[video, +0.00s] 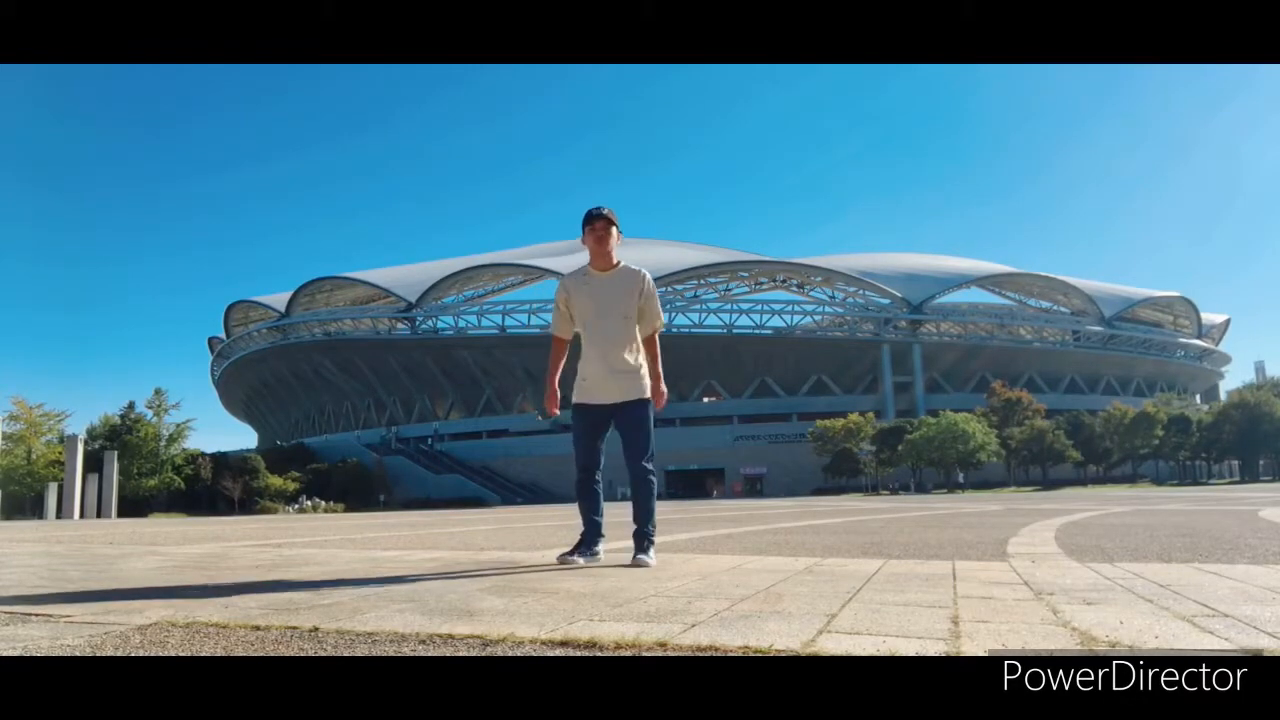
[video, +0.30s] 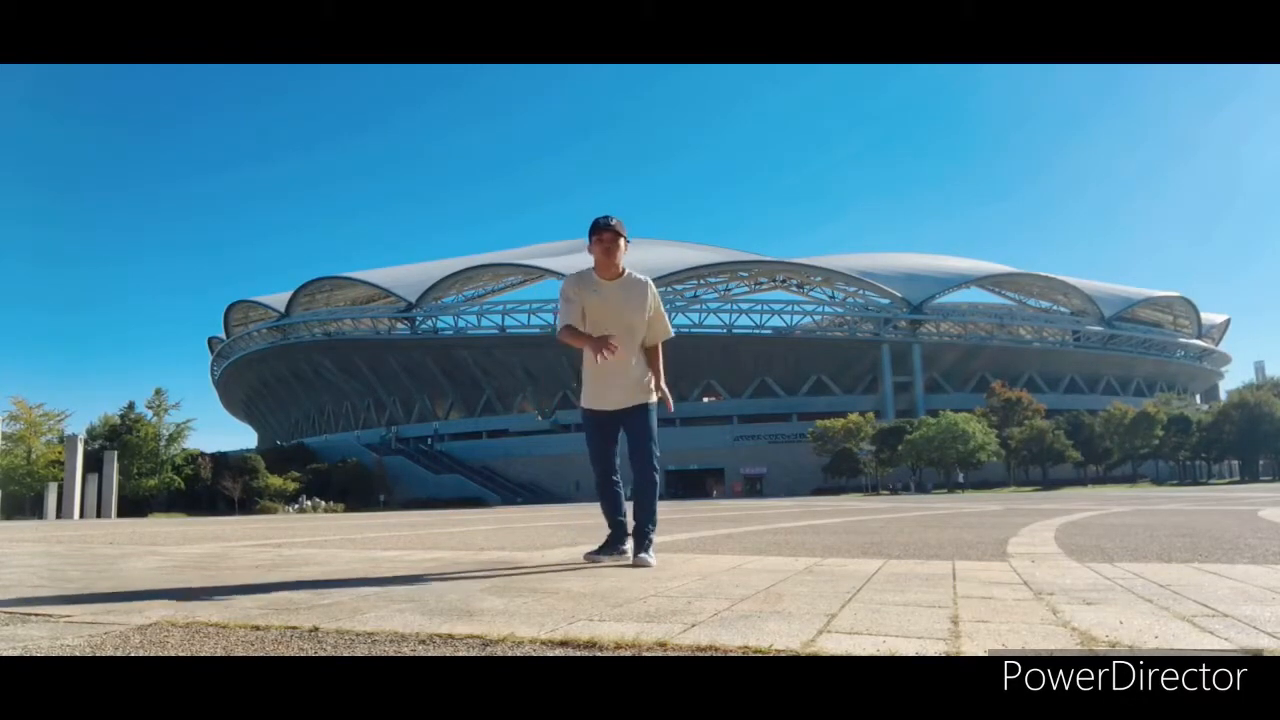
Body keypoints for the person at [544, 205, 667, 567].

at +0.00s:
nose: (601, 234)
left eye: (606, 228)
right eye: (594, 230)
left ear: (618, 236)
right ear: (584, 239)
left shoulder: (638, 279)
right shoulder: (570, 285)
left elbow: (650, 335)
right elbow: (560, 339)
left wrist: (657, 379)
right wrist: (552, 385)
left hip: (634, 389)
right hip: (589, 391)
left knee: (641, 468)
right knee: (586, 471)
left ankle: (644, 543)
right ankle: (591, 542)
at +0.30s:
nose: (608, 245)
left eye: (614, 239)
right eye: (601, 240)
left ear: (625, 245)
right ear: (590, 246)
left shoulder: (642, 286)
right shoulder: (574, 285)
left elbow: (653, 340)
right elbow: (564, 331)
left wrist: (659, 381)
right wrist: (589, 341)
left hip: (639, 393)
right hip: (596, 397)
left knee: (647, 468)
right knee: (604, 472)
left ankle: (644, 543)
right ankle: (617, 537)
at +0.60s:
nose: (639, 253)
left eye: (646, 247)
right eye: (631, 247)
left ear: (655, 253)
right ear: (620, 253)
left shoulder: (663, 293)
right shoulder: (595, 293)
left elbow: (646, 336)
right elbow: (555, 329)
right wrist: (525, 365)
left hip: (635, 395)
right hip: (591, 391)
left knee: (630, 471)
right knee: (581, 456)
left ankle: (618, 545)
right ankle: (603, 484)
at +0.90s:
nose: (613, 262)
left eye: (620, 255)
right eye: (606, 255)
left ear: (632, 259)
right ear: (594, 259)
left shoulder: (645, 302)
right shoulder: (582, 294)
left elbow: (658, 360)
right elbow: (593, 336)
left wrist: (665, 411)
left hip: (640, 385)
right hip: (601, 375)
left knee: (638, 472)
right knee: (598, 417)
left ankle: (619, 544)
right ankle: (598, 508)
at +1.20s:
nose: (615, 248)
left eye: (621, 241)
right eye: (607, 241)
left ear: (632, 242)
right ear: (595, 243)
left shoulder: (645, 272)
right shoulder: (589, 274)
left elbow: (621, 314)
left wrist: (575, 281)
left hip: (654, 383)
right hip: (612, 381)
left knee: (645, 470)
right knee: (630, 464)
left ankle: (621, 544)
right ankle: (661, 543)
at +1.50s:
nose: (624, 232)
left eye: (631, 224)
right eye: (615, 225)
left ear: (642, 225)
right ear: (601, 227)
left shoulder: (661, 263)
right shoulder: (584, 262)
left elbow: (703, 306)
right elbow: (567, 272)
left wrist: (739, 344)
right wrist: (582, 295)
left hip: (661, 369)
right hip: (614, 373)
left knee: (688, 450)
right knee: (634, 465)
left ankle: (667, 497)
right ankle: (667, 547)